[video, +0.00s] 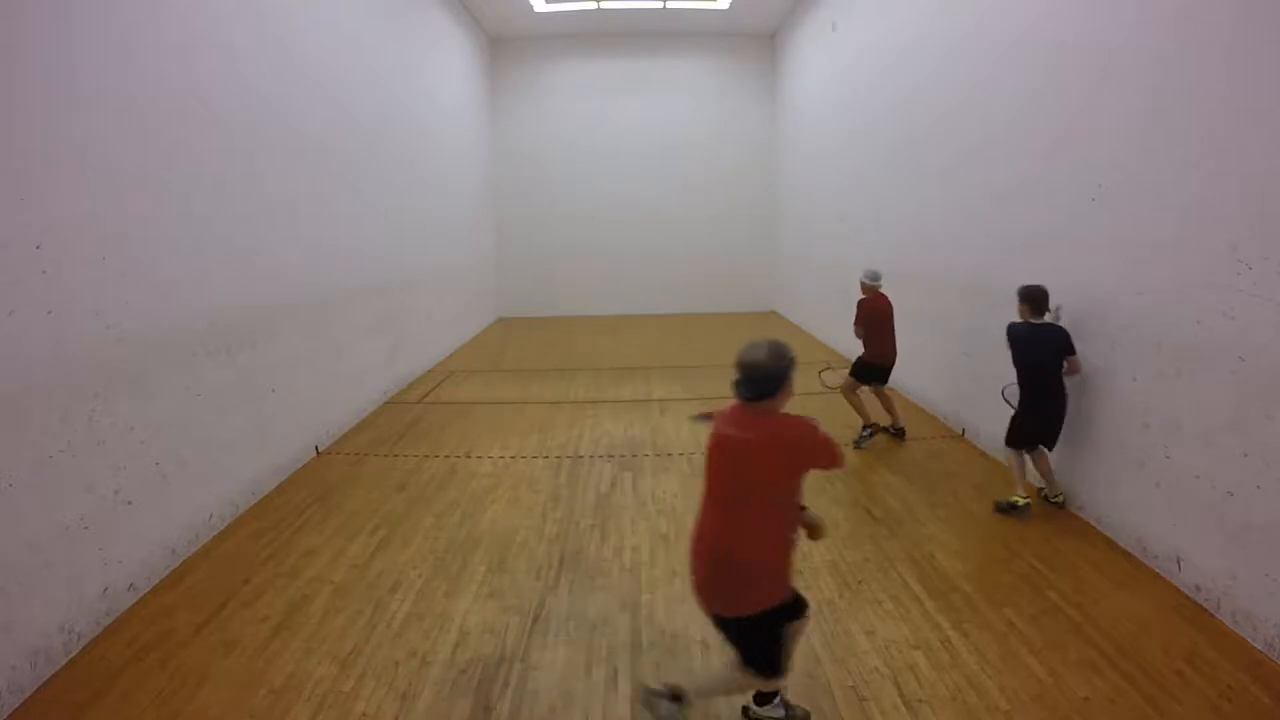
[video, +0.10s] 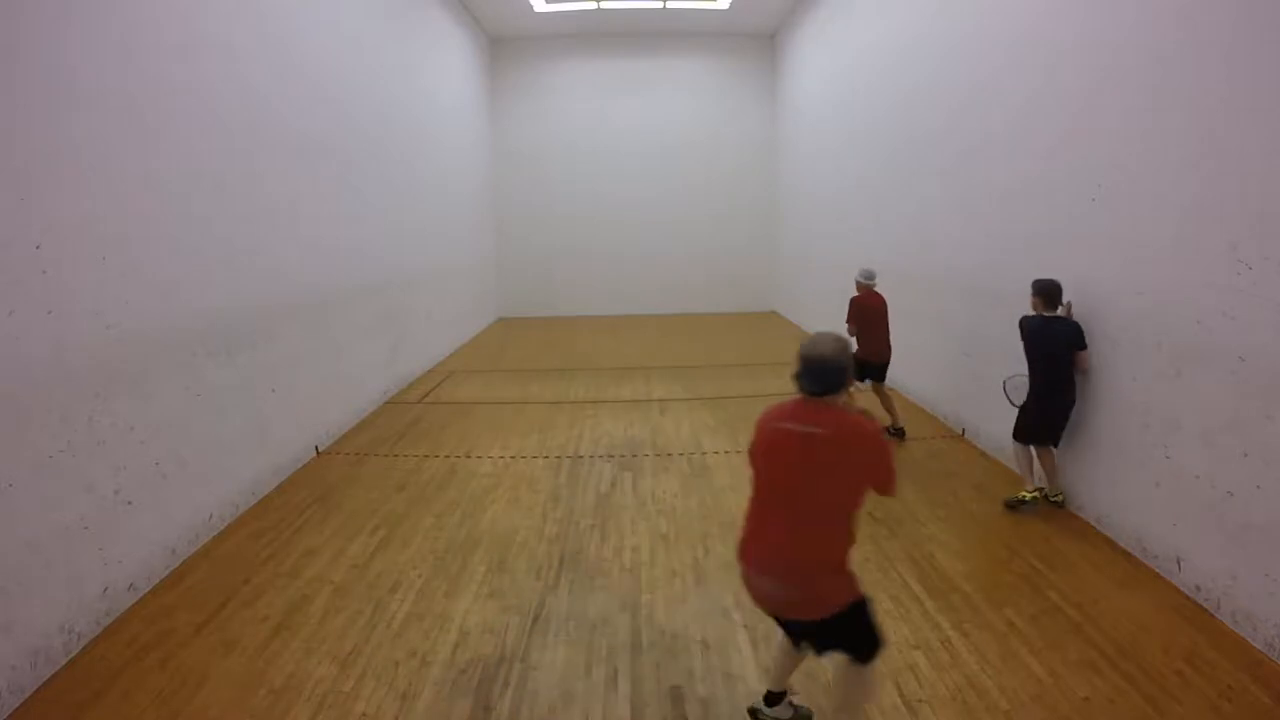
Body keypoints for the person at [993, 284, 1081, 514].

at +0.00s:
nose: (1017, 307)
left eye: (1019, 303)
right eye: (1018, 303)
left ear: (1025, 306)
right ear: (1045, 307)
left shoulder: (1014, 331)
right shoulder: (1059, 332)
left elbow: (1025, 356)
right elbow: (1074, 368)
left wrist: (1050, 323)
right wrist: (1055, 373)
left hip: (1030, 399)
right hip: (1055, 398)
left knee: (1014, 446)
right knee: (1034, 445)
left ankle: (1021, 495)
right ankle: (1054, 492)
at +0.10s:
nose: (1031, 300)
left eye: (1033, 297)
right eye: (1033, 296)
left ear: (1037, 300)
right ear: (1058, 300)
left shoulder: (1027, 324)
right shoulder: (1072, 327)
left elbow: (1044, 336)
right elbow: (1082, 364)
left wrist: (1062, 319)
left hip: (1038, 393)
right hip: (1065, 394)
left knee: (1020, 439)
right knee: (1042, 441)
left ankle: (1030, 488)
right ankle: (1054, 491)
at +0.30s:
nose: (1028, 294)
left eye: (1030, 291)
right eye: (1029, 290)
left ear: (1034, 294)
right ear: (1055, 295)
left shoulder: (1024, 317)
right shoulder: (1069, 323)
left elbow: (1042, 334)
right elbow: (1078, 362)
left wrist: (1059, 315)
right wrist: (1058, 356)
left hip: (1035, 392)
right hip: (1060, 393)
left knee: (1008, 434)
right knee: (1038, 435)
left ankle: (1024, 483)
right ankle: (1053, 489)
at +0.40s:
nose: (1015, 295)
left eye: (1017, 291)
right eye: (1017, 290)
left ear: (1022, 296)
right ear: (1043, 296)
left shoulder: (1012, 320)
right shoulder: (1056, 324)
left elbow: (1034, 335)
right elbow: (1073, 360)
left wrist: (1057, 320)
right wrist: (1058, 375)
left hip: (1026, 396)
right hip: (1051, 395)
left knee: (991, 434)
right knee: (1033, 437)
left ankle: (1008, 484)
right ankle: (1053, 490)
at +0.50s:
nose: (999, 294)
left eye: (1001, 290)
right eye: (1001, 290)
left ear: (1007, 295)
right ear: (1027, 295)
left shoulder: (997, 322)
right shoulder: (1040, 321)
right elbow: (1060, 355)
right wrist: (1045, 369)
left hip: (1012, 391)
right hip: (1037, 390)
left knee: (985, 432)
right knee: (1028, 441)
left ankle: (985, 483)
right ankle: (1050, 489)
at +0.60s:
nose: (983, 288)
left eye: (985, 285)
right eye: (984, 284)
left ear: (992, 290)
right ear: (1011, 290)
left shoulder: (983, 318)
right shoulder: (1024, 317)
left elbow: (970, 350)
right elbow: (1042, 350)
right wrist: (1030, 365)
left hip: (996, 387)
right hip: (1020, 386)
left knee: (972, 421)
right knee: (1016, 439)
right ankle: (1043, 483)